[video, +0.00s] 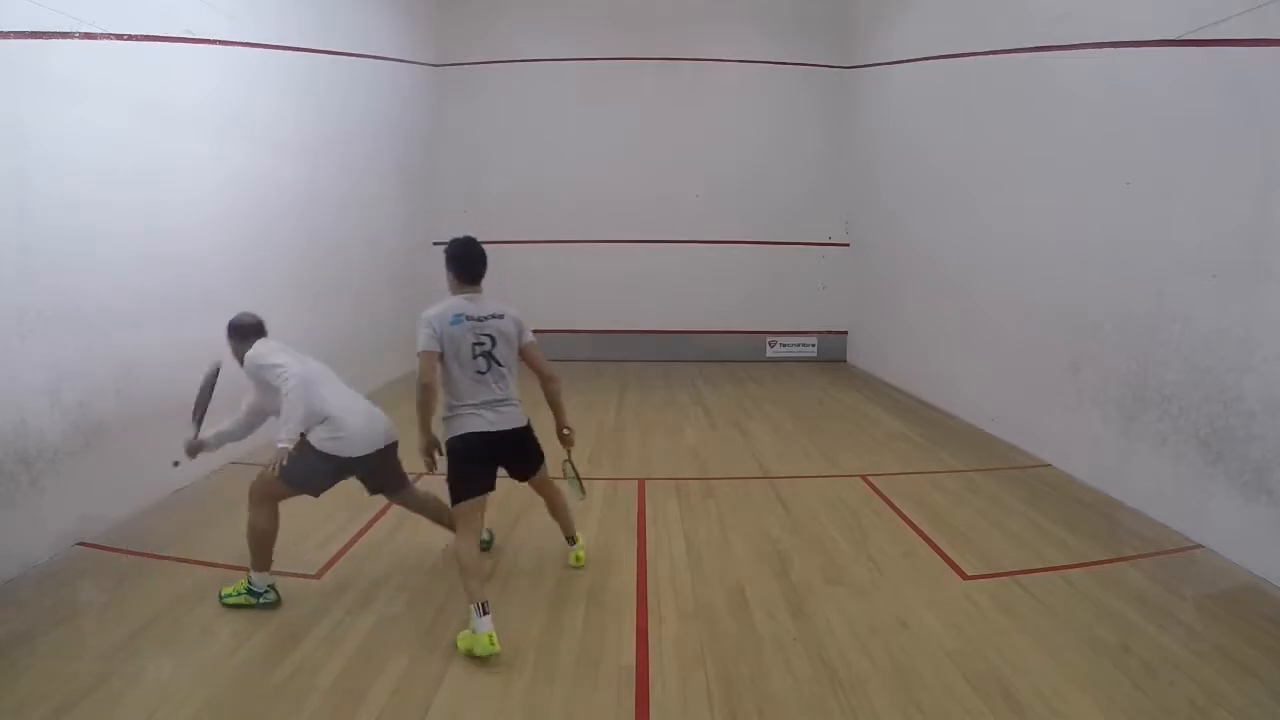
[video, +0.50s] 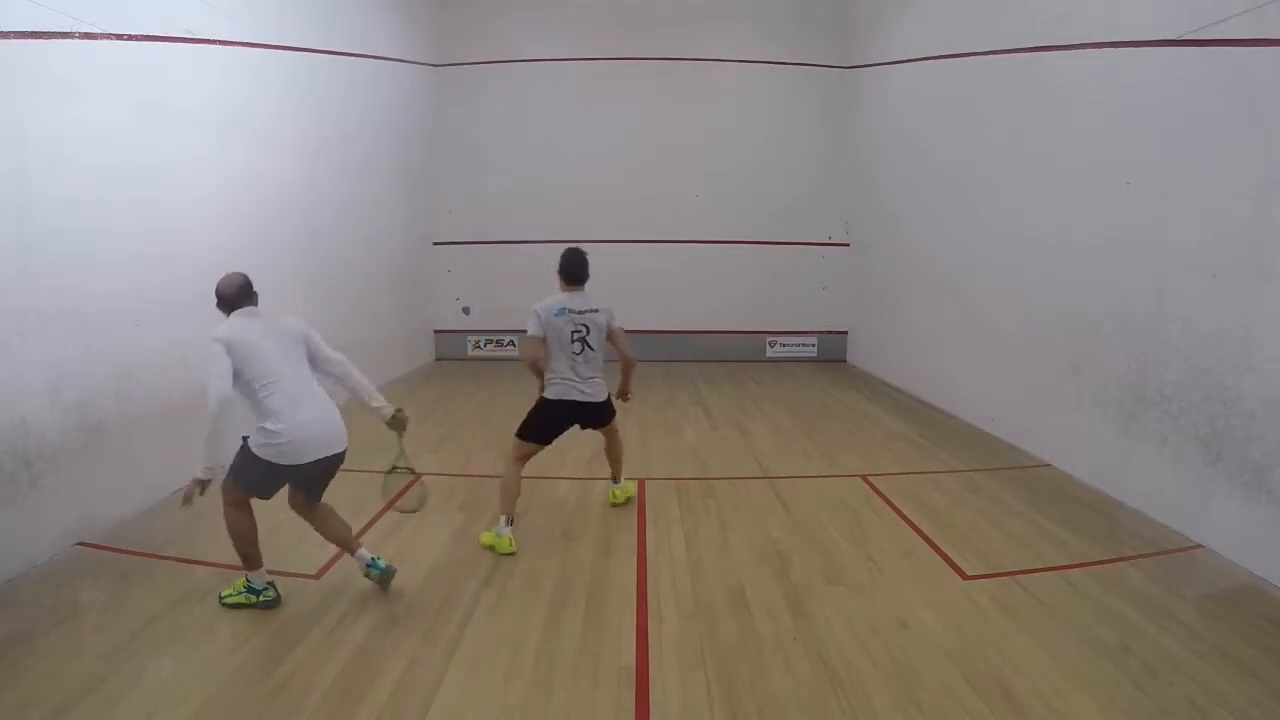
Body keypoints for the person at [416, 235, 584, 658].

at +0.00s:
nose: (446, 274)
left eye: (447, 269)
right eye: (453, 268)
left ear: (449, 273)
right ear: (484, 272)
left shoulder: (434, 318)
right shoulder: (508, 318)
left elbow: (428, 381)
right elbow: (548, 376)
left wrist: (425, 435)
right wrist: (561, 421)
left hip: (467, 438)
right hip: (515, 430)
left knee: (467, 532)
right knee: (547, 487)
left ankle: (482, 626)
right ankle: (575, 544)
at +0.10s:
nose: (472, 266)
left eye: (472, 261)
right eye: (476, 260)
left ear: (477, 264)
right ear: (507, 262)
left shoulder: (467, 306)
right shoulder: (532, 303)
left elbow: (462, 369)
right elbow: (564, 356)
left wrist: (453, 419)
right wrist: (574, 402)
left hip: (497, 422)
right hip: (541, 414)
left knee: (477, 503)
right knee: (555, 470)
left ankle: (496, 574)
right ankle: (575, 542)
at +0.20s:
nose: (489, 254)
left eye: (489, 249)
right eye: (492, 248)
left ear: (494, 252)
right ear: (523, 251)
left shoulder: (488, 291)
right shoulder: (548, 289)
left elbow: (481, 352)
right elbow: (577, 335)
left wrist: (472, 395)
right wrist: (583, 383)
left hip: (513, 401)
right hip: (553, 396)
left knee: (485, 473)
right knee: (561, 452)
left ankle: (512, 546)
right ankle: (581, 517)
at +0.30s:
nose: (504, 257)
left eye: (504, 252)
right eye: (505, 251)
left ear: (508, 254)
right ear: (537, 253)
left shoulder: (504, 292)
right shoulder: (561, 291)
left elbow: (496, 349)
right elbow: (593, 336)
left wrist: (485, 384)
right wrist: (591, 378)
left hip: (523, 398)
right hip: (563, 393)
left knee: (489, 460)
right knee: (578, 447)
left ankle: (500, 534)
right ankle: (605, 507)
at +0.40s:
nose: (527, 275)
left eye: (525, 271)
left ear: (526, 274)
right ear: (554, 273)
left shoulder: (515, 310)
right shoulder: (574, 308)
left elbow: (511, 360)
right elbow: (603, 355)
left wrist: (503, 395)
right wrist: (605, 387)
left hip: (537, 407)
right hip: (577, 404)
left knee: (497, 461)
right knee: (595, 442)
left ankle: (503, 532)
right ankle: (616, 496)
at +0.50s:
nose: (563, 275)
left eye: (560, 270)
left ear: (559, 275)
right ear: (588, 276)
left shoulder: (544, 310)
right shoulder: (602, 312)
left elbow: (531, 357)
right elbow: (628, 358)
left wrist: (545, 379)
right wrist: (624, 387)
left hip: (556, 402)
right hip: (595, 400)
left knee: (516, 458)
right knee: (611, 432)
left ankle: (504, 530)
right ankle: (618, 487)